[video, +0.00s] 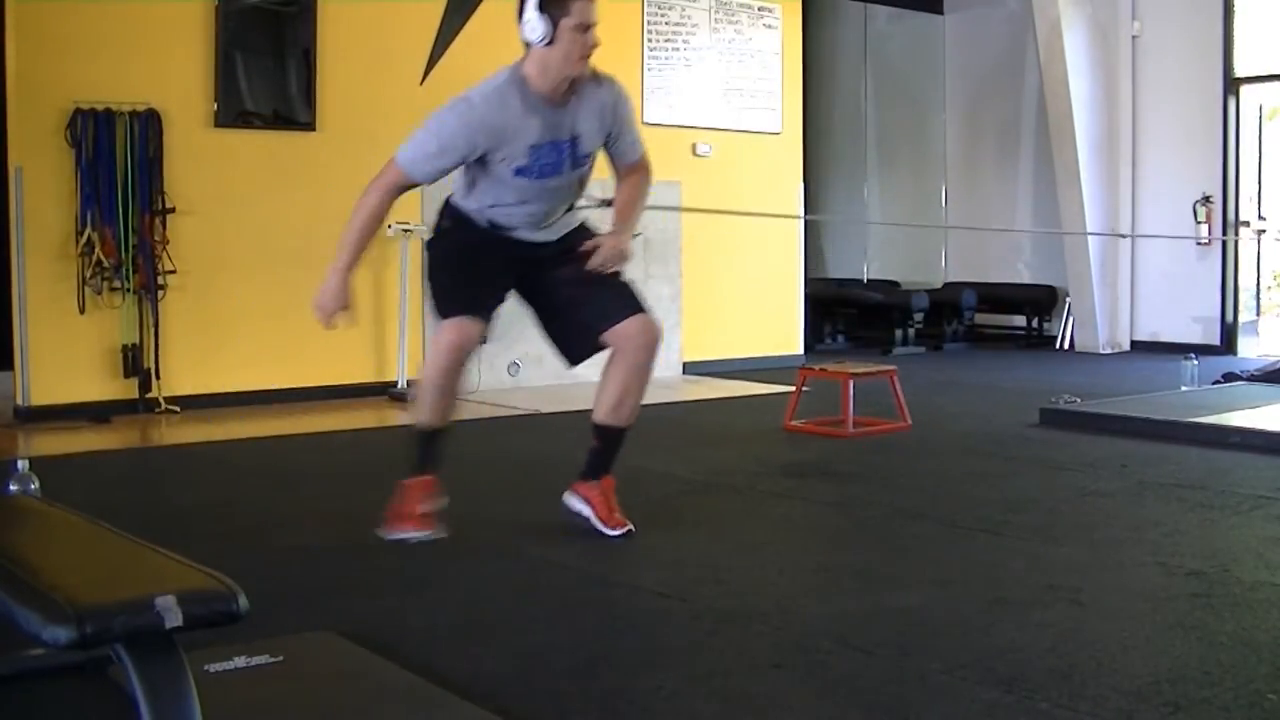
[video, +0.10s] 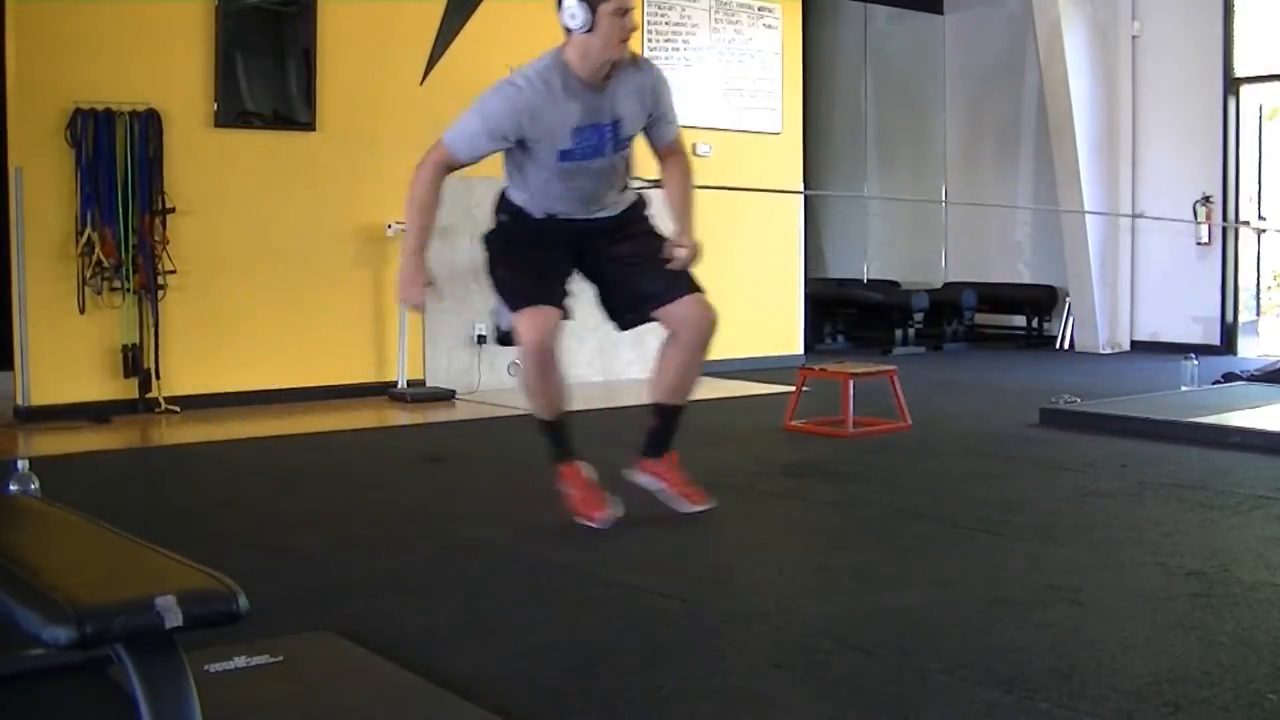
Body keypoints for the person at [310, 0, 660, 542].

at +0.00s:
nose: (594, 39)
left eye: (594, 27)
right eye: (582, 28)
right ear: (540, 35)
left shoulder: (604, 97)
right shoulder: (485, 109)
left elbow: (635, 171)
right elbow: (387, 183)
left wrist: (621, 234)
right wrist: (338, 275)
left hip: (556, 238)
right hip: (475, 235)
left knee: (637, 334)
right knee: (459, 332)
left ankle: (595, 483)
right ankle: (421, 485)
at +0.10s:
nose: (631, 24)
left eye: (631, 13)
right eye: (619, 13)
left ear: (622, 21)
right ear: (579, 21)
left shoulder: (642, 81)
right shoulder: (526, 94)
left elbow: (672, 154)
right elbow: (433, 164)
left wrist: (683, 229)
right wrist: (412, 263)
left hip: (615, 221)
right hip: (532, 227)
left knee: (694, 318)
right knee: (537, 335)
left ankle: (655, 458)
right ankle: (568, 469)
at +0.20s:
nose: (672, 32)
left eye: (672, 21)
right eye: (660, 21)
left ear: (664, 28)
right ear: (622, 29)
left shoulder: (685, 86)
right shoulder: (570, 102)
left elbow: (720, 156)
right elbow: (484, 168)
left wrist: (746, 220)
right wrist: (454, 255)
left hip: (676, 236)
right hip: (595, 243)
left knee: (755, 341)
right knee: (595, 357)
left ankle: (766, 450)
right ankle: (612, 485)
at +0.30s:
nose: (723, 48)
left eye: (723, 38)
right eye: (713, 39)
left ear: (716, 43)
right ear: (679, 46)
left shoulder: (744, 100)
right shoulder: (631, 118)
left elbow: (787, 159)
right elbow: (546, 177)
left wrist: (801, 175)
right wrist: (491, 251)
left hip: (736, 251)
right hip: (657, 252)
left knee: (807, 359)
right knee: (637, 351)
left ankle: (829, 463)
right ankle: (618, 487)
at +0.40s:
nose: (784, 42)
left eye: (784, 32)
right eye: (774, 33)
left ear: (775, 39)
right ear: (739, 41)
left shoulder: (802, 91)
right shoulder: (696, 111)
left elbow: (841, 152)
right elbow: (616, 176)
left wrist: (841, 154)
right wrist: (552, 241)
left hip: (780, 240)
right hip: (708, 242)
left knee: (856, 343)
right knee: (715, 340)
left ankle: (836, 461)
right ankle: (643, 479)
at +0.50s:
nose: (834, 31)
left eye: (836, 20)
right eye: (823, 21)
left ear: (833, 26)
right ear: (788, 27)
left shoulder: (839, 76)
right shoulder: (745, 98)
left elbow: (860, 131)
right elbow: (679, 174)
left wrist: (873, 174)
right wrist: (637, 252)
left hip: (813, 218)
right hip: (746, 224)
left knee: (893, 309)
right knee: (771, 329)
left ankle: (861, 436)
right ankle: (734, 470)